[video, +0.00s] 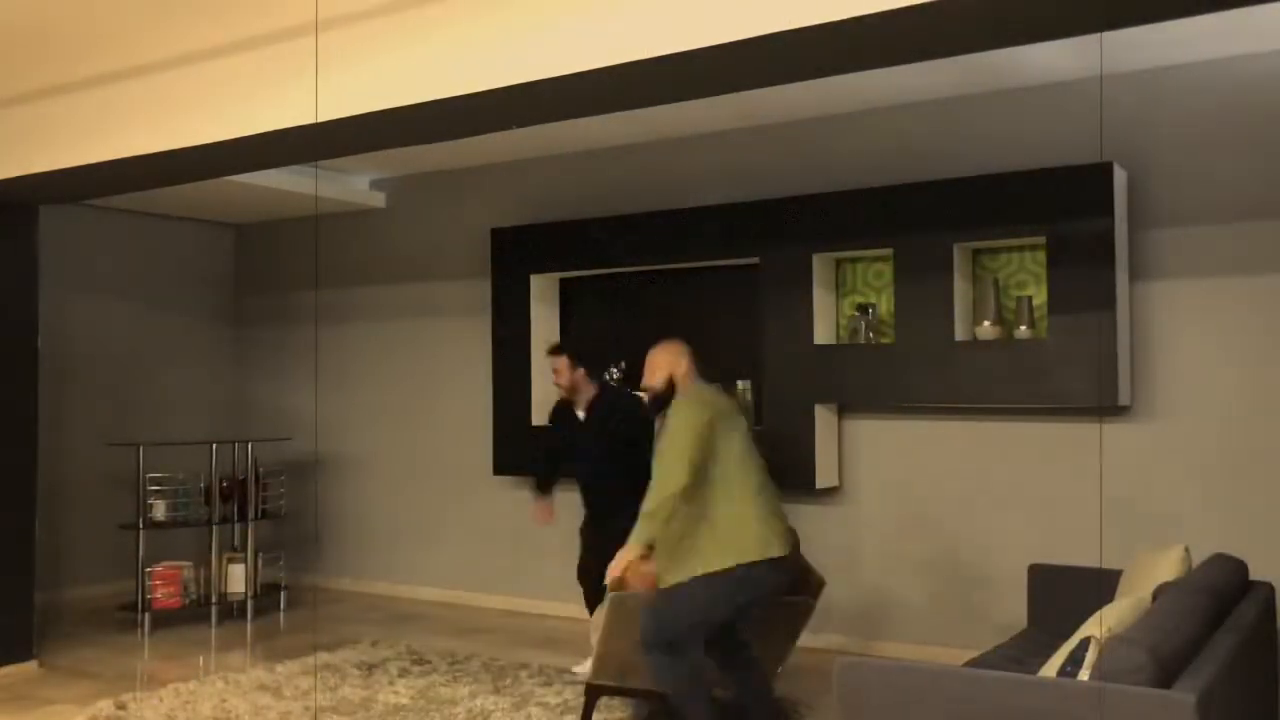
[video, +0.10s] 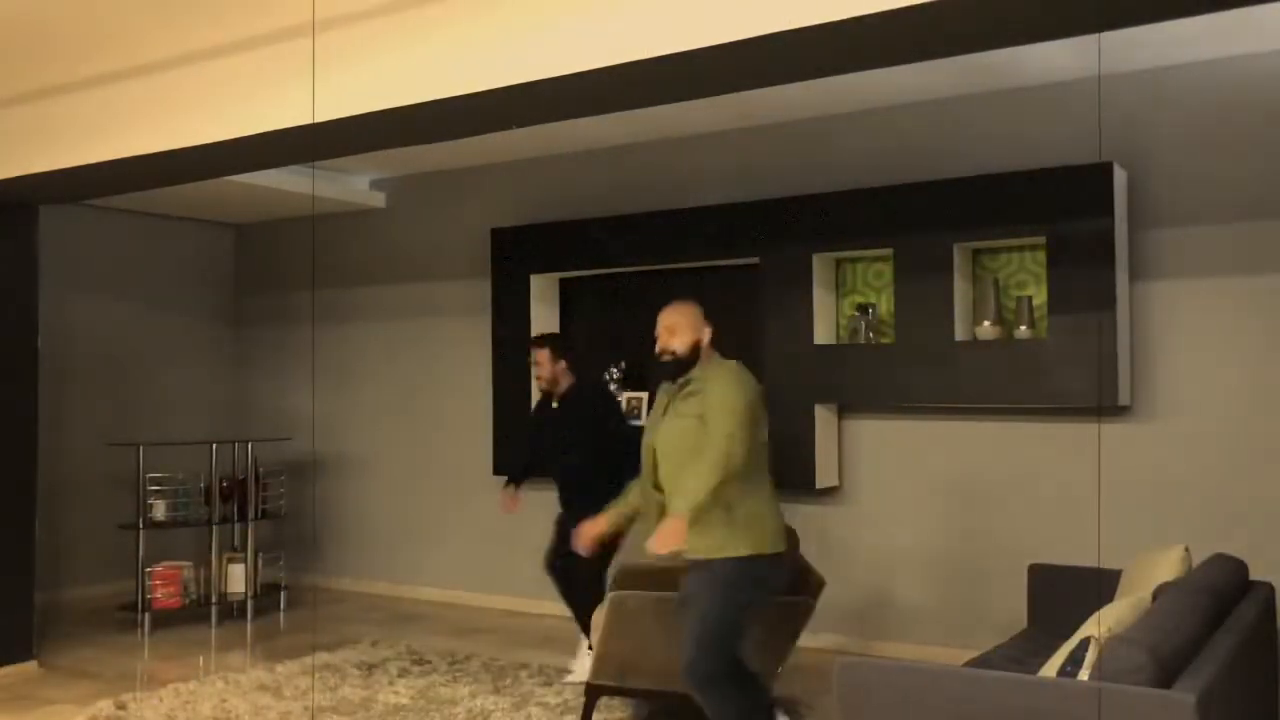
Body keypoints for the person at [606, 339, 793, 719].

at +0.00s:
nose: (645, 383)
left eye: (650, 372)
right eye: (645, 373)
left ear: (676, 366)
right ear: (684, 368)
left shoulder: (691, 404)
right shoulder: (714, 403)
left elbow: (672, 479)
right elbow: (703, 506)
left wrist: (635, 545)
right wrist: (659, 562)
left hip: (748, 558)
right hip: (772, 555)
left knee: (662, 627)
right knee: (718, 633)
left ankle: (697, 709)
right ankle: (763, 709)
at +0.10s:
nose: (662, 344)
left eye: (673, 333)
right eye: (659, 334)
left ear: (705, 335)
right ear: (656, 338)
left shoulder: (731, 381)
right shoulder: (667, 395)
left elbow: (728, 454)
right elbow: (653, 482)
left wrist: (682, 515)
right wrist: (607, 520)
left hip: (743, 550)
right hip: (703, 551)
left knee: (704, 665)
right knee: (712, 660)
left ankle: (766, 713)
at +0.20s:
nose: (665, 329)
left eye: (675, 320)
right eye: (665, 320)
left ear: (712, 321)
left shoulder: (756, 375)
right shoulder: (666, 374)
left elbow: (771, 452)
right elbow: (621, 436)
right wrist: (553, 475)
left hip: (739, 550)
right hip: (683, 549)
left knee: (722, 662)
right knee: (681, 667)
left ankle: (758, 717)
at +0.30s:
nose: (662, 327)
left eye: (671, 316)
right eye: (663, 316)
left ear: (709, 321)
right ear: (700, 321)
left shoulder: (757, 378)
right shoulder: (664, 377)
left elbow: (776, 463)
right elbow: (621, 427)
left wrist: (768, 539)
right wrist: (564, 447)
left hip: (730, 563)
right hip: (668, 558)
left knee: (740, 686)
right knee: (658, 683)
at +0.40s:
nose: (654, 341)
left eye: (665, 330)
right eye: (656, 330)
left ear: (703, 336)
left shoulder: (747, 396)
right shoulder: (656, 394)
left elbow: (739, 485)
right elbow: (603, 443)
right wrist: (523, 463)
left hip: (727, 585)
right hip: (656, 578)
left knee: (753, 703)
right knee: (626, 696)